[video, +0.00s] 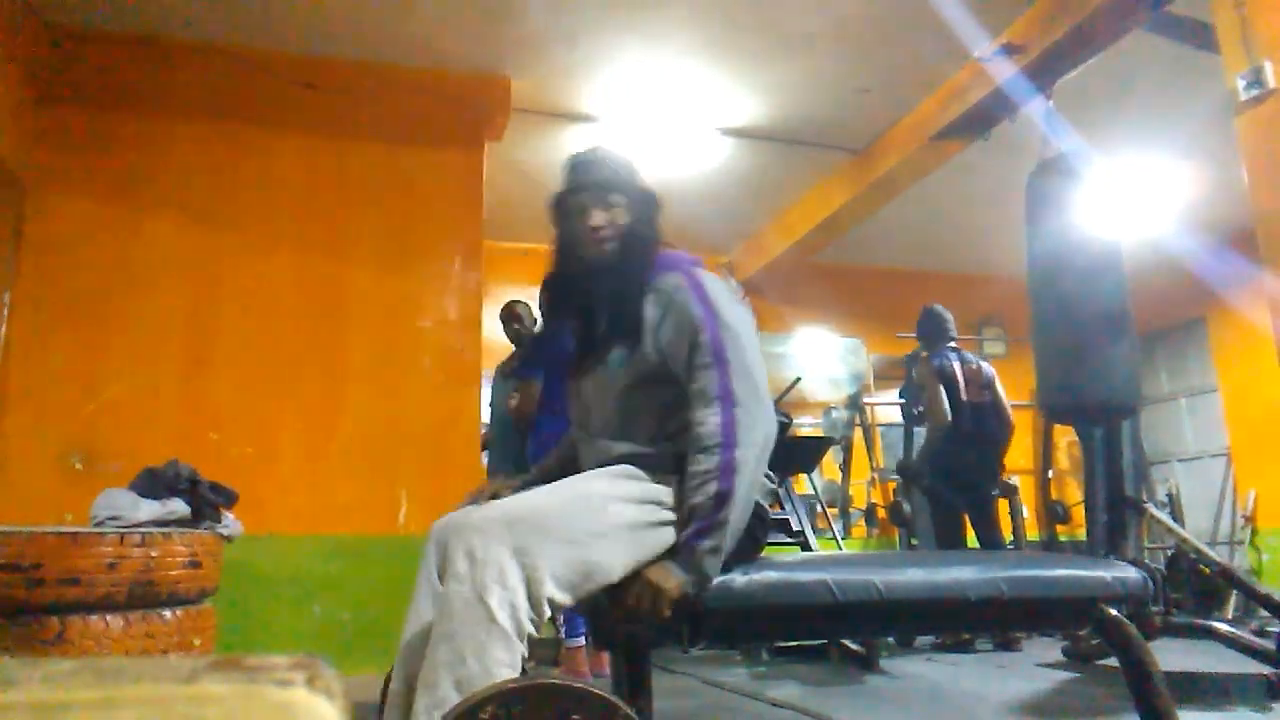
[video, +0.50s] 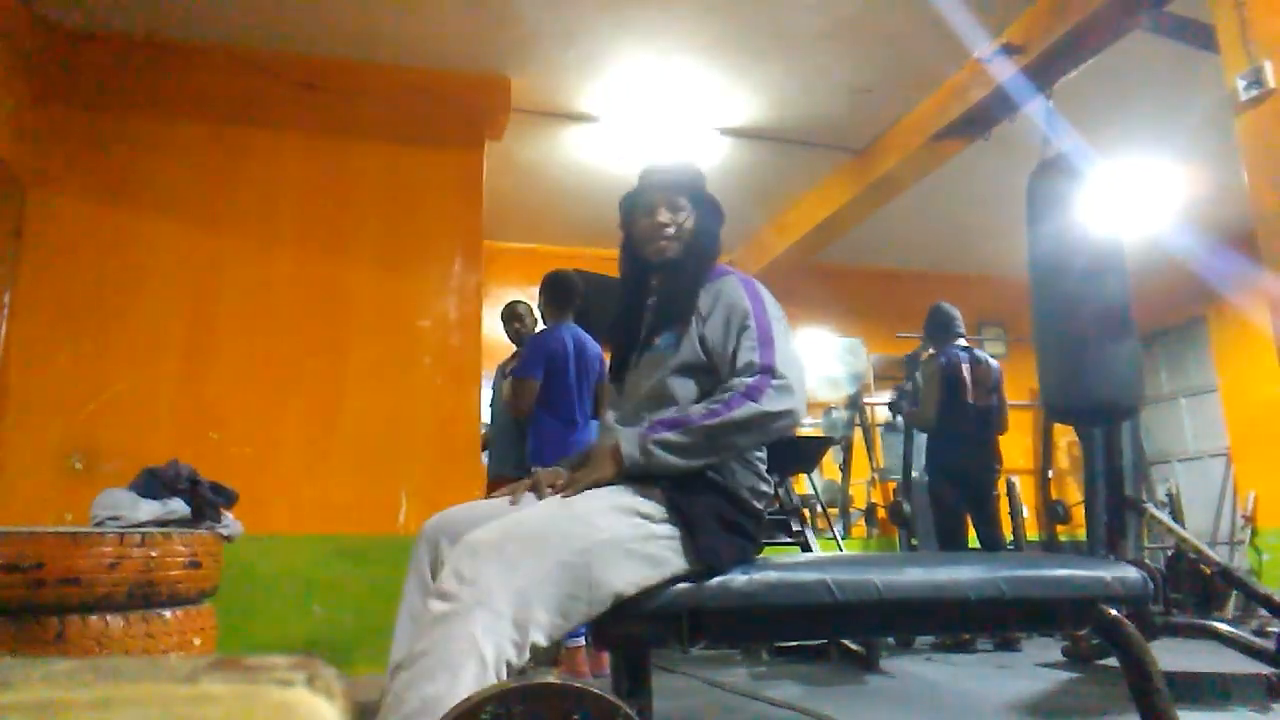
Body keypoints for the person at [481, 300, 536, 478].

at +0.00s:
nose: (513, 328)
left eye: (518, 321)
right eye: (506, 323)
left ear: (531, 321)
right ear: (503, 327)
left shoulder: (539, 358)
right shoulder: (504, 367)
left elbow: (528, 408)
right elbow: (501, 419)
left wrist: (515, 406)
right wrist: (485, 440)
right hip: (501, 462)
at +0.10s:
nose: (514, 328)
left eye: (520, 320)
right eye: (507, 323)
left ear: (534, 321)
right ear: (503, 328)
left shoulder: (542, 363)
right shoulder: (503, 368)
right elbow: (500, 420)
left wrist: (516, 405)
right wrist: (483, 440)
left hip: (530, 463)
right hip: (502, 465)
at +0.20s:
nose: (515, 327)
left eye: (520, 320)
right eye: (508, 322)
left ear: (534, 321)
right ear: (503, 328)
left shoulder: (542, 362)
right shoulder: (503, 369)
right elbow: (500, 420)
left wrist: (517, 406)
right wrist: (483, 441)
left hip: (531, 464)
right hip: (501, 466)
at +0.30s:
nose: (515, 327)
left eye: (520, 320)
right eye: (508, 322)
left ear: (534, 322)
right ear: (503, 328)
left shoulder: (543, 362)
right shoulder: (503, 369)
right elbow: (500, 421)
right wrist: (481, 442)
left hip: (532, 465)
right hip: (501, 467)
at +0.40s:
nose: (515, 327)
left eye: (521, 319)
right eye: (508, 322)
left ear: (535, 321)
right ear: (503, 328)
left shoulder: (545, 364)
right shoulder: (504, 369)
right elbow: (500, 420)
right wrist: (484, 440)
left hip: (534, 465)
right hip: (502, 468)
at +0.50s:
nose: (515, 327)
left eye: (521, 319)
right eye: (508, 322)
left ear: (535, 321)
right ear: (503, 328)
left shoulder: (544, 364)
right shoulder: (504, 368)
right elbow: (500, 421)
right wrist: (481, 442)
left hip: (532, 466)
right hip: (501, 469)